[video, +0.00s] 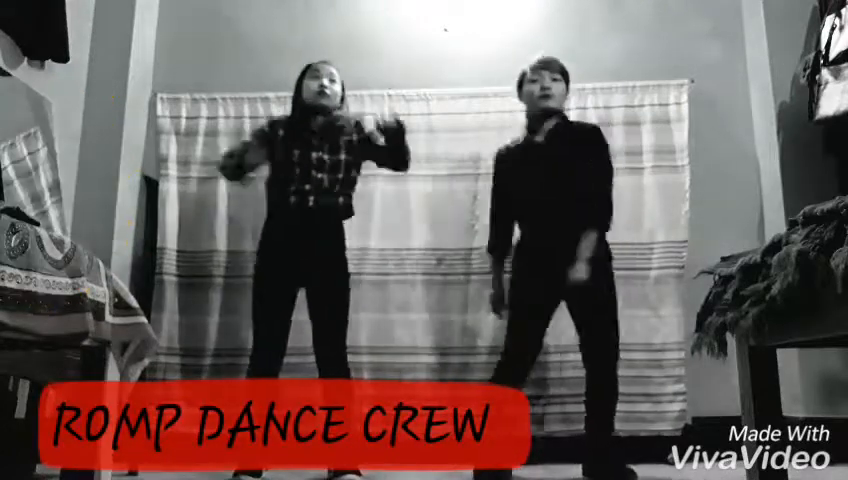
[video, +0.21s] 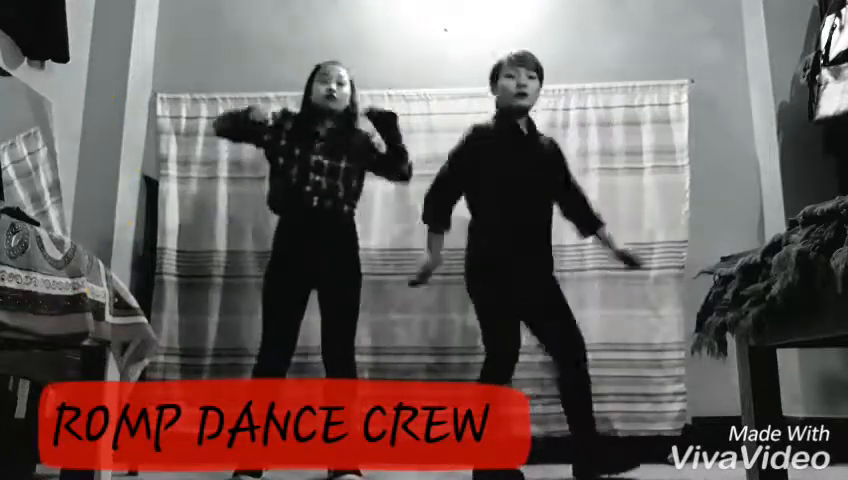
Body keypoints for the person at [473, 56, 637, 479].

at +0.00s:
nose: (544, 84)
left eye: (554, 79)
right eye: (534, 79)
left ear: (567, 93)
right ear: (521, 95)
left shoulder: (587, 136)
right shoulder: (510, 156)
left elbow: (599, 201)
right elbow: (500, 221)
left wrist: (584, 256)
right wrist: (497, 278)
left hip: (587, 260)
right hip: (535, 264)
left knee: (601, 360)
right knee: (515, 361)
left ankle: (600, 459)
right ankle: (486, 456)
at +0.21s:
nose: (520, 83)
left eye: (529, 78)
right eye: (511, 76)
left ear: (539, 91)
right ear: (494, 88)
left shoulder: (545, 149)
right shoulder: (478, 143)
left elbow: (573, 201)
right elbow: (440, 196)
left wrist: (614, 246)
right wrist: (432, 257)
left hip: (534, 274)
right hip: (489, 274)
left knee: (571, 352)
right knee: (501, 358)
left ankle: (587, 453)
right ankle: (476, 452)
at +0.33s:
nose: (545, 85)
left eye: (548, 81)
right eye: (536, 77)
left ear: (544, 90)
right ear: (508, 82)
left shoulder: (529, 131)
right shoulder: (501, 126)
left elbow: (528, 198)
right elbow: (497, 170)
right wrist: (509, 189)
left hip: (523, 263)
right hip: (500, 263)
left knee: (548, 357)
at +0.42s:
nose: (558, 87)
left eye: (560, 81)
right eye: (549, 78)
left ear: (553, 91)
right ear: (521, 83)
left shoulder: (536, 130)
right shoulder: (515, 127)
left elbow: (542, 188)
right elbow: (546, 177)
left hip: (526, 260)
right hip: (506, 260)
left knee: (552, 357)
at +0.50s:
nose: (571, 85)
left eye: (571, 79)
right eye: (562, 77)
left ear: (540, 90)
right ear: (536, 84)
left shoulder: (525, 131)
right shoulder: (541, 129)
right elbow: (566, 193)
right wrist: (611, 240)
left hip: (508, 260)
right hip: (536, 262)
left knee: (512, 353)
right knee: (573, 350)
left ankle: (482, 448)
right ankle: (583, 453)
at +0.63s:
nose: (580, 79)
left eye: (579, 72)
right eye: (572, 71)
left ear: (550, 81)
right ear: (543, 78)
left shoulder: (548, 126)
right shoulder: (545, 125)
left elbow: (575, 202)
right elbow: (563, 199)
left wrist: (603, 254)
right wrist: (589, 244)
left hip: (541, 256)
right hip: (542, 258)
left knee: (535, 348)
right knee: (566, 352)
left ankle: (485, 437)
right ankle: (584, 456)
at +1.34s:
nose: (578, 74)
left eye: (577, 67)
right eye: (570, 66)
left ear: (543, 78)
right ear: (542, 75)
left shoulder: (533, 120)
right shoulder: (552, 119)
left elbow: (530, 190)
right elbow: (561, 187)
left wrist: (552, 245)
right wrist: (571, 246)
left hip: (525, 252)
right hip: (545, 253)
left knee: (519, 354)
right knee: (557, 358)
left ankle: (491, 448)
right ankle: (581, 455)